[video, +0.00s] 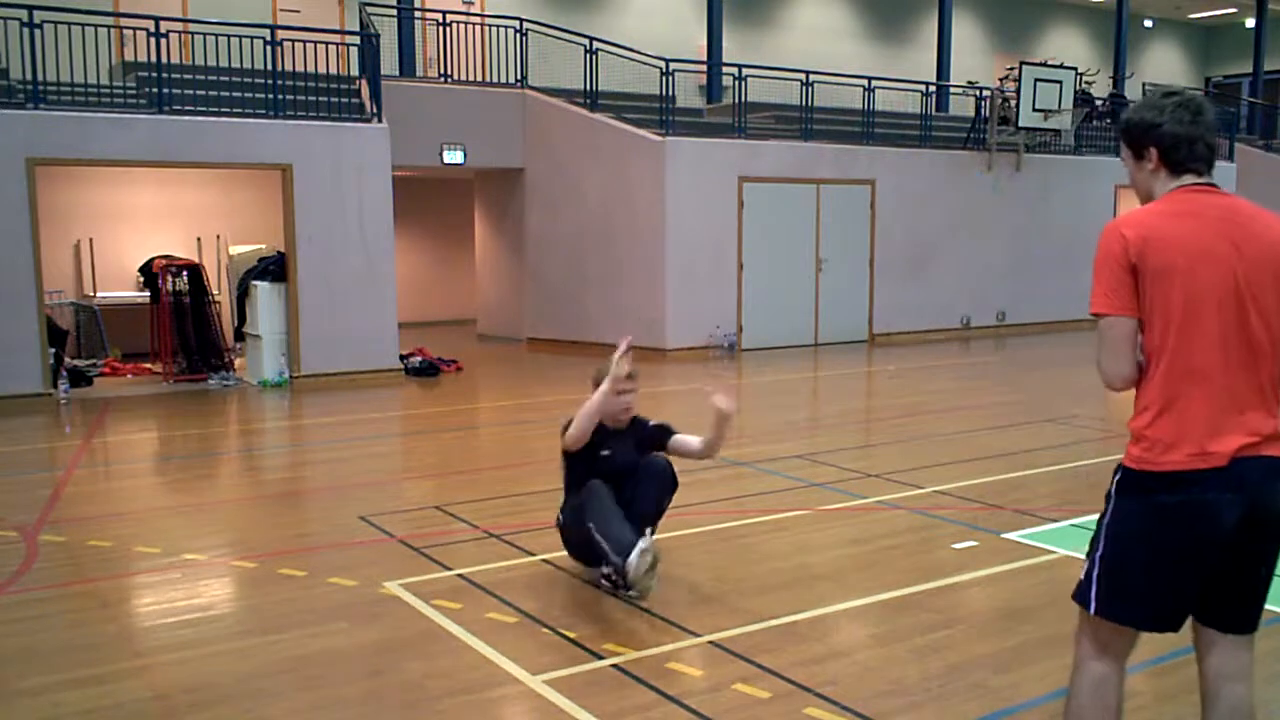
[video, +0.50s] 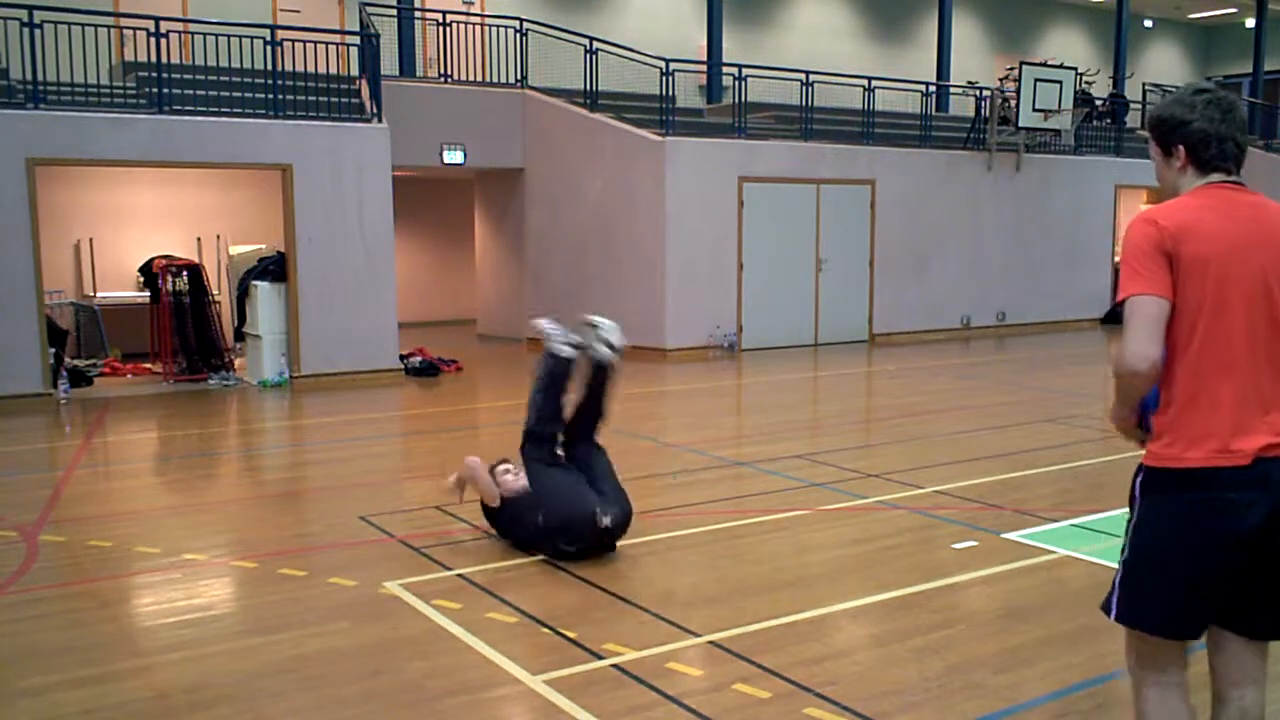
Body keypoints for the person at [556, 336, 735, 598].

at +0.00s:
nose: (628, 401)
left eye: (632, 392)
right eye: (619, 394)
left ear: (638, 393)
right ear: (598, 397)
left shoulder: (641, 431)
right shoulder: (580, 433)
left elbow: (704, 450)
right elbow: (573, 441)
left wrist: (721, 421)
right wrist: (609, 383)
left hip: (629, 531)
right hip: (584, 534)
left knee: (659, 467)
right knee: (594, 491)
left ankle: (618, 570)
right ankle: (630, 563)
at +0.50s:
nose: (515, 472)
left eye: (515, 469)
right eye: (506, 473)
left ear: (526, 473)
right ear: (497, 487)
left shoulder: (549, 493)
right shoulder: (502, 513)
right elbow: (473, 464)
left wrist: (591, 363)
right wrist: (460, 480)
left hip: (615, 520)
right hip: (574, 528)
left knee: (580, 440)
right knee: (538, 447)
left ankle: (602, 362)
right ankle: (558, 356)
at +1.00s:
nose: (499, 490)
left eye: (497, 490)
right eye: (492, 495)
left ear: (504, 490)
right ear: (491, 507)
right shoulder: (498, 523)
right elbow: (440, 487)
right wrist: (453, 520)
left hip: (590, 445)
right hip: (556, 449)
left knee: (525, 449)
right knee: (495, 467)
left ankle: (491, 391)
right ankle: (466, 398)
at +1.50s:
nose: (518, 475)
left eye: (519, 472)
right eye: (509, 474)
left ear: (527, 475)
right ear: (496, 490)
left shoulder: (549, 486)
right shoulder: (498, 512)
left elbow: (570, 453)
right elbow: (456, 480)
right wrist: (454, 496)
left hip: (609, 523)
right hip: (570, 531)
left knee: (581, 454)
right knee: (531, 450)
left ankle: (602, 408)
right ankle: (574, 399)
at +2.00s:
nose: (620, 400)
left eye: (623, 393)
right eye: (612, 393)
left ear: (627, 395)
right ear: (591, 395)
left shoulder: (636, 426)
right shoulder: (570, 423)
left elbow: (700, 438)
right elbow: (584, 445)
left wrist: (751, 435)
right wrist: (630, 435)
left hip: (623, 518)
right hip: (579, 527)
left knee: (646, 455)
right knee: (609, 521)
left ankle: (637, 562)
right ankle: (689, 575)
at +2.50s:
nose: (679, 365)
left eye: (683, 357)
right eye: (670, 358)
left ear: (688, 357)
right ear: (649, 358)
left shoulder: (689, 386)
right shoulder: (631, 376)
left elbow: (742, 390)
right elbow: (635, 391)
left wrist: (789, 381)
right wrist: (686, 380)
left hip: (642, 471)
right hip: (594, 470)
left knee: (671, 479)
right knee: (638, 461)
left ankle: (642, 563)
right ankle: (667, 568)